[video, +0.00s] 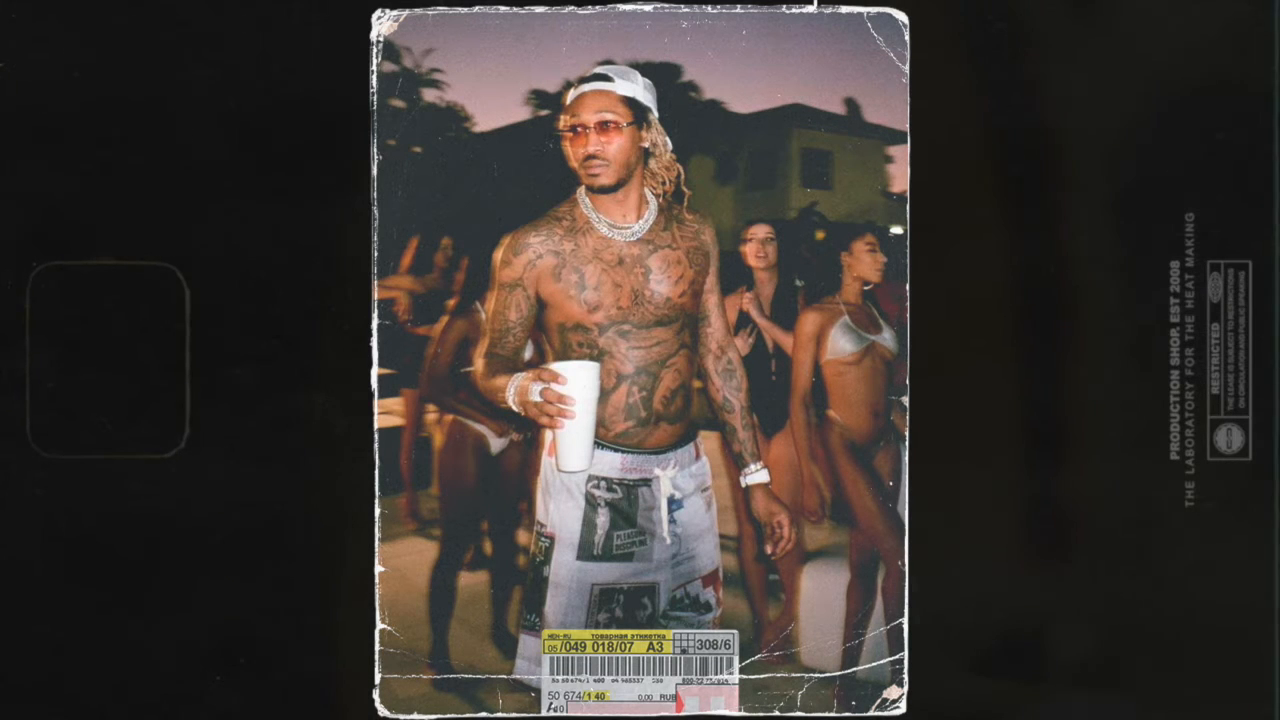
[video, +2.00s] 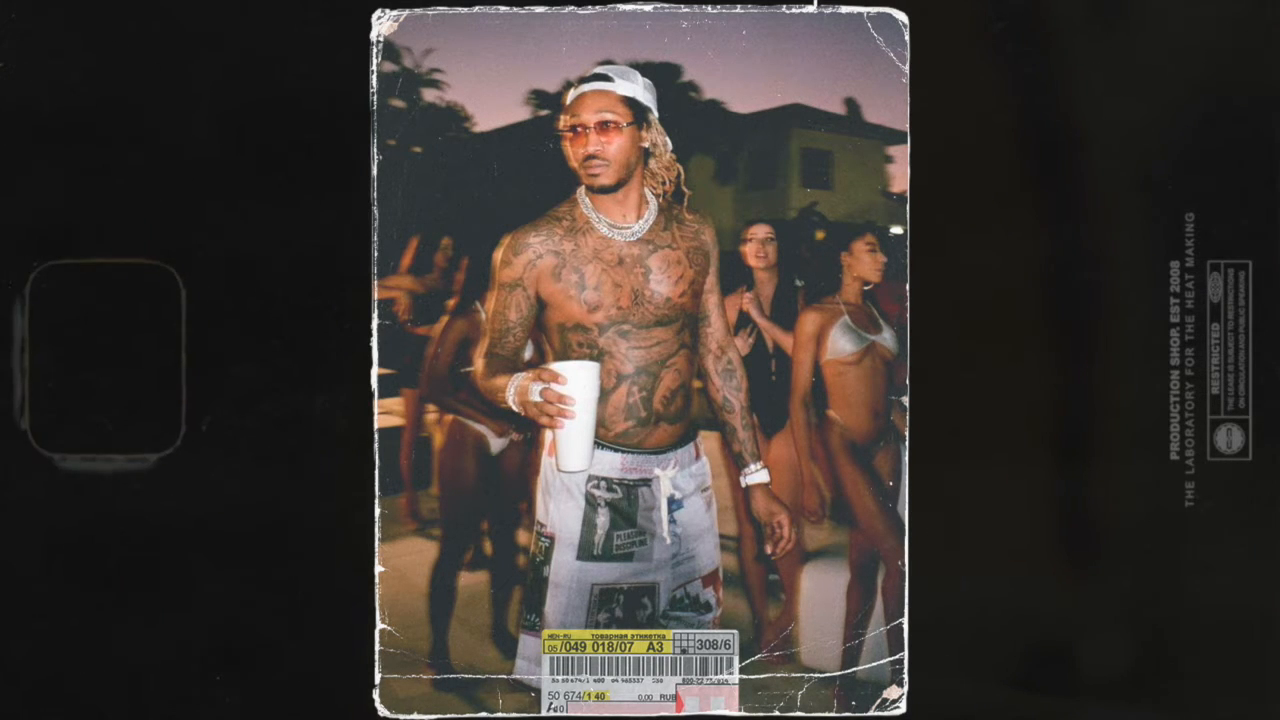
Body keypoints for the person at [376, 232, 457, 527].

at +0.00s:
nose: (446, 254)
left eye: (451, 249)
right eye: (442, 247)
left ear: (456, 253)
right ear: (431, 250)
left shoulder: (457, 279)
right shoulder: (415, 282)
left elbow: (461, 311)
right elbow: (394, 284)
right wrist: (404, 294)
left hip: (445, 351)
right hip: (416, 348)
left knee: (449, 427)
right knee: (412, 428)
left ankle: (452, 499)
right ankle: (410, 501)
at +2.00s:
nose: (445, 254)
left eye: (450, 249)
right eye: (441, 248)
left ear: (455, 254)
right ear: (431, 250)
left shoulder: (457, 276)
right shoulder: (415, 281)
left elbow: (461, 302)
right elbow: (395, 284)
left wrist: (438, 326)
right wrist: (404, 297)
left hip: (446, 349)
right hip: (417, 346)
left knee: (450, 427)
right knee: (412, 428)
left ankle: (452, 499)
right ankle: (410, 502)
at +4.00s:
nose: (445, 255)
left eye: (450, 250)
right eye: (441, 248)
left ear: (455, 255)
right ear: (430, 252)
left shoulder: (455, 282)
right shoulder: (414, 283)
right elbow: (401, 320)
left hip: (446, 352)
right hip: (417, 349)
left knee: (450, 426)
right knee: (413, 427)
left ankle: (452, 496)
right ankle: (410, 500)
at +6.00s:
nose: (446, 255)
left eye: (450, 250)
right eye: (442, 249)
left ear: (454, 255)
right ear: (430, 252)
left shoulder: (454, 282)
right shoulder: (415, 282)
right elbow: (379, 287)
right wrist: (403, 293)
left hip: (445, 353)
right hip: (416, 350)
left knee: (450, 427)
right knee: (413, 428)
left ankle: (451, 499)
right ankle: (410, 503)